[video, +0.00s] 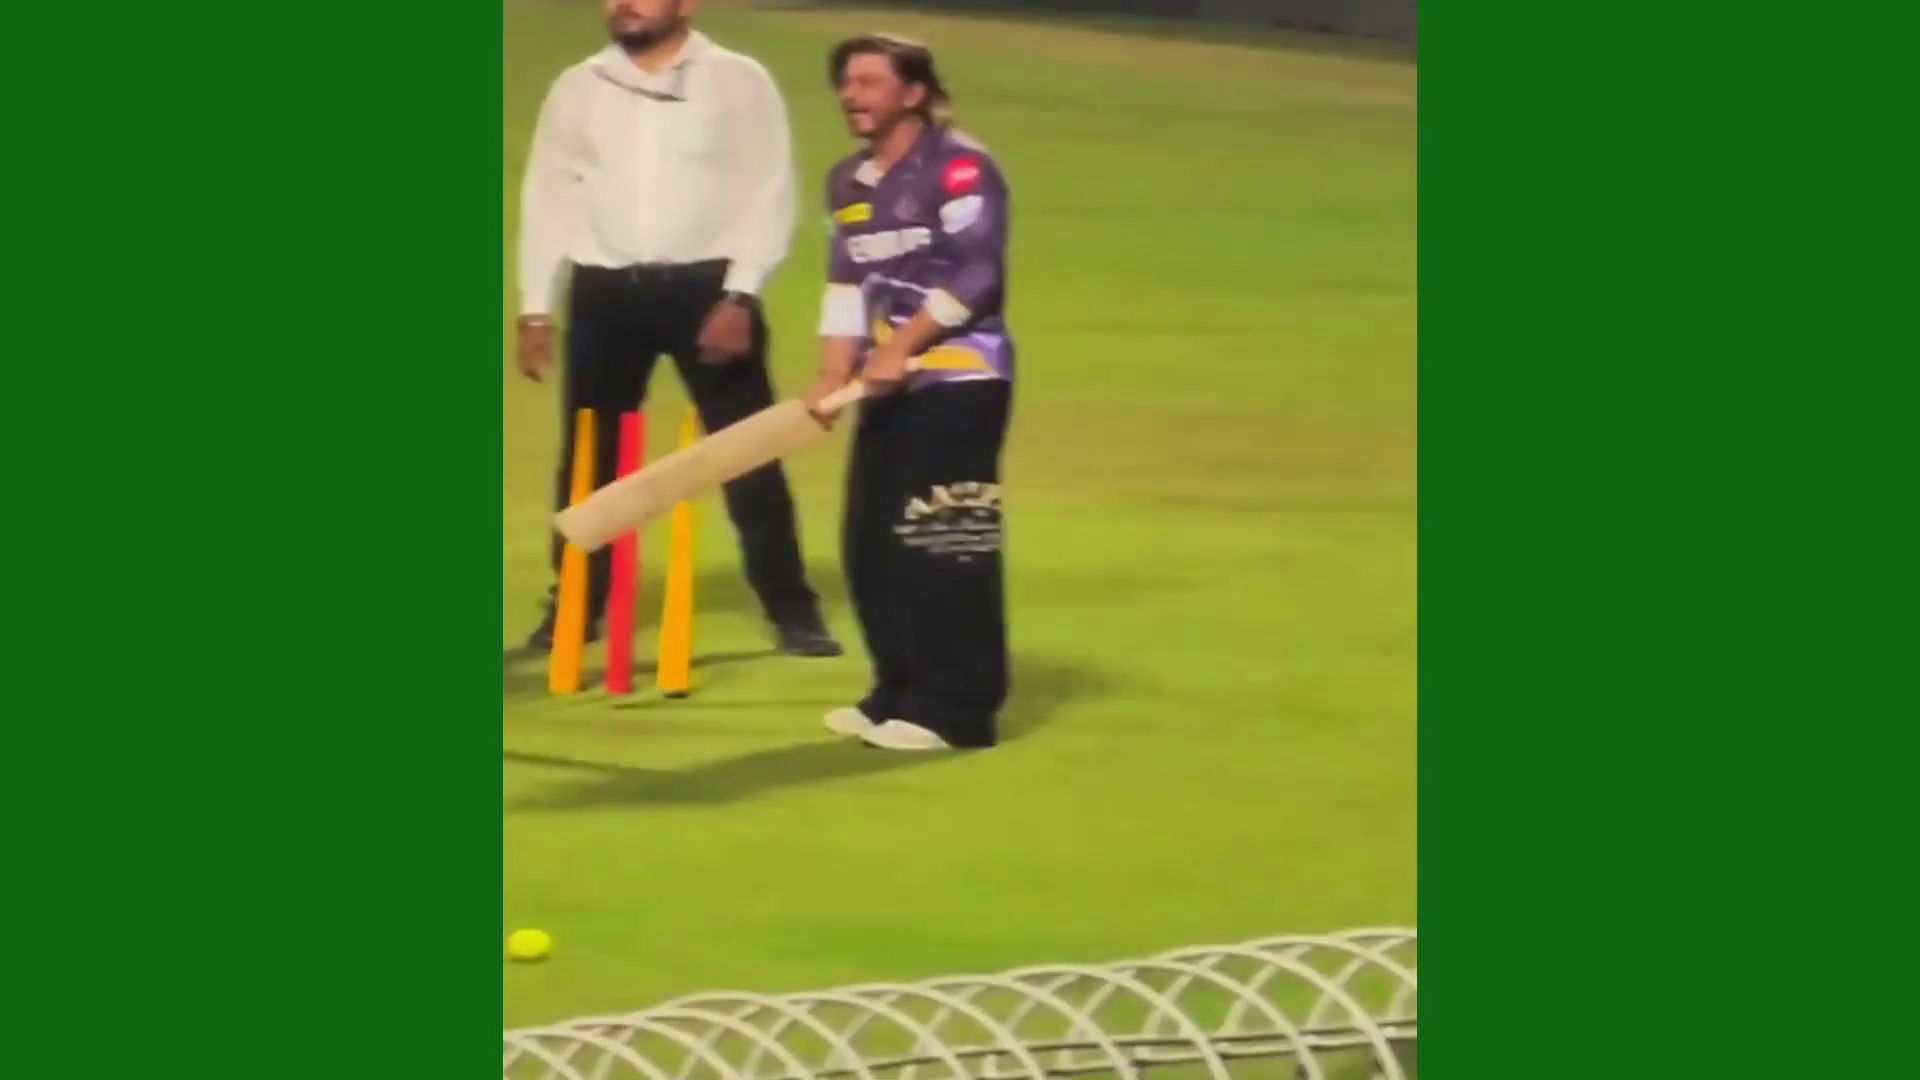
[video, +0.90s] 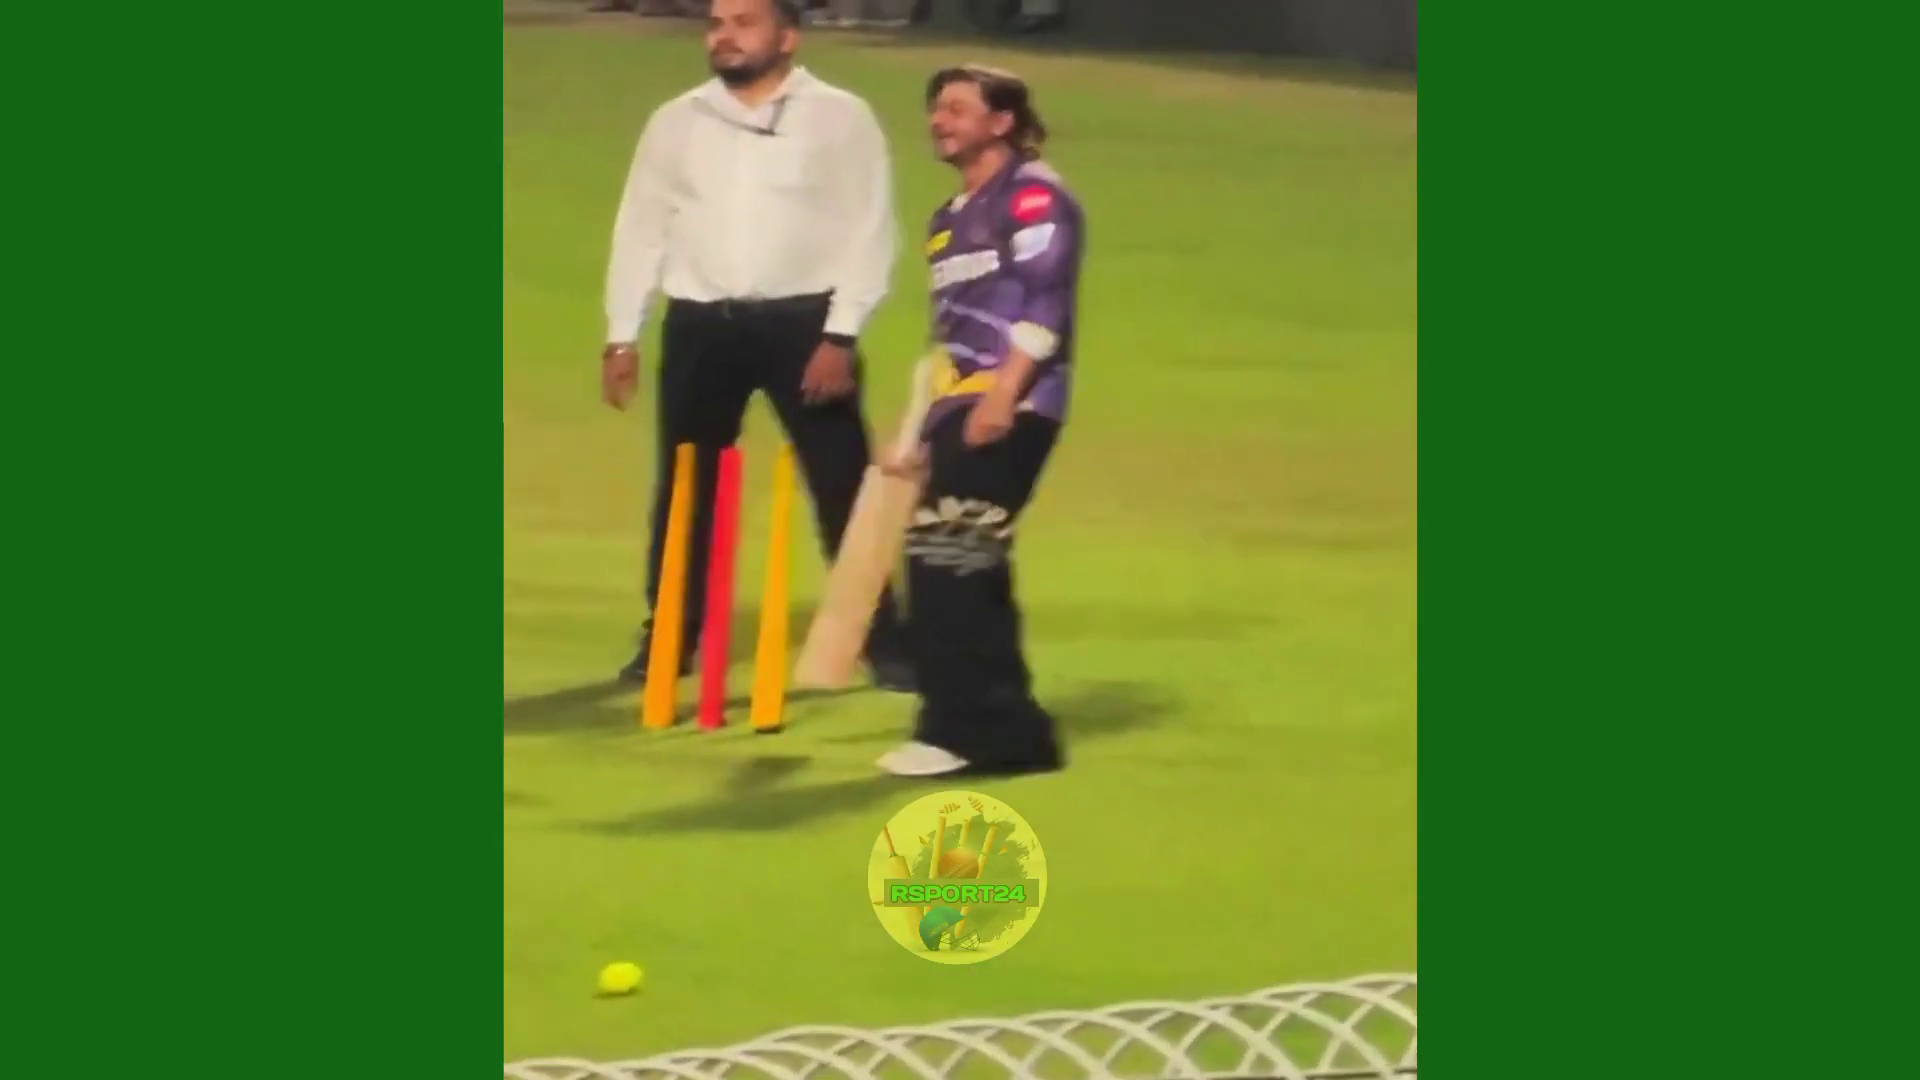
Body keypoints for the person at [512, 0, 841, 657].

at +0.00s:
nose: (621, 5)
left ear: (682, 5)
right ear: (608, 10)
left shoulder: (742, 81)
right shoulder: (577, 88)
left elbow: (773, 191)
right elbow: (545, 197)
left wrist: (741, 293)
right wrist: (536, 306)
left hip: (709, 294)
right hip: (606, 297)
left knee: (751, 459)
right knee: (587, 465)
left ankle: (795, 616)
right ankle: (572, 621)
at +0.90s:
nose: (722, 37)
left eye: (741, 23)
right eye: (715, 24)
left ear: (788, 36)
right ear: (704, 33)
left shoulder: (842, 119)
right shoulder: (676, 121)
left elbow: (873, 234)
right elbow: (640, 229)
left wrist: (840, 334)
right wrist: (623, 334)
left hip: (805, 329)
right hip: (700, 330)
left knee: (847, 492)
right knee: (682, 497)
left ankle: (886, 640)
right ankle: (666, 643)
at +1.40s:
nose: (789, 86)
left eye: (806, 74)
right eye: (784, 74)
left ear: (854, 87)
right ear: (778, 83)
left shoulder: (910, 167)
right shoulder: (752, 171)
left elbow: (943, 283)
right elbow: (721, 282)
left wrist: (909, 384)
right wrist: (701, 391)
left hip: (874, 379)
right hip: (770, 379)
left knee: (923, 541)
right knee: (759, 548)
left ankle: (958, 690)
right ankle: (760, 692)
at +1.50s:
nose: (798, 94)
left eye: (815, 83)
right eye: (793, 82)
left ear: (862, 95)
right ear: (787, 90)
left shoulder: (917, 176)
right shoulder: (758, 179)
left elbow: (947, 291)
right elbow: (727, 290)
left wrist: (913, 392)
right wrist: (708, 400)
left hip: (881, 387)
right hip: (777, 388)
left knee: (933, 550)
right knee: (773, 556)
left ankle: (985, 688)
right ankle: (780, 696)